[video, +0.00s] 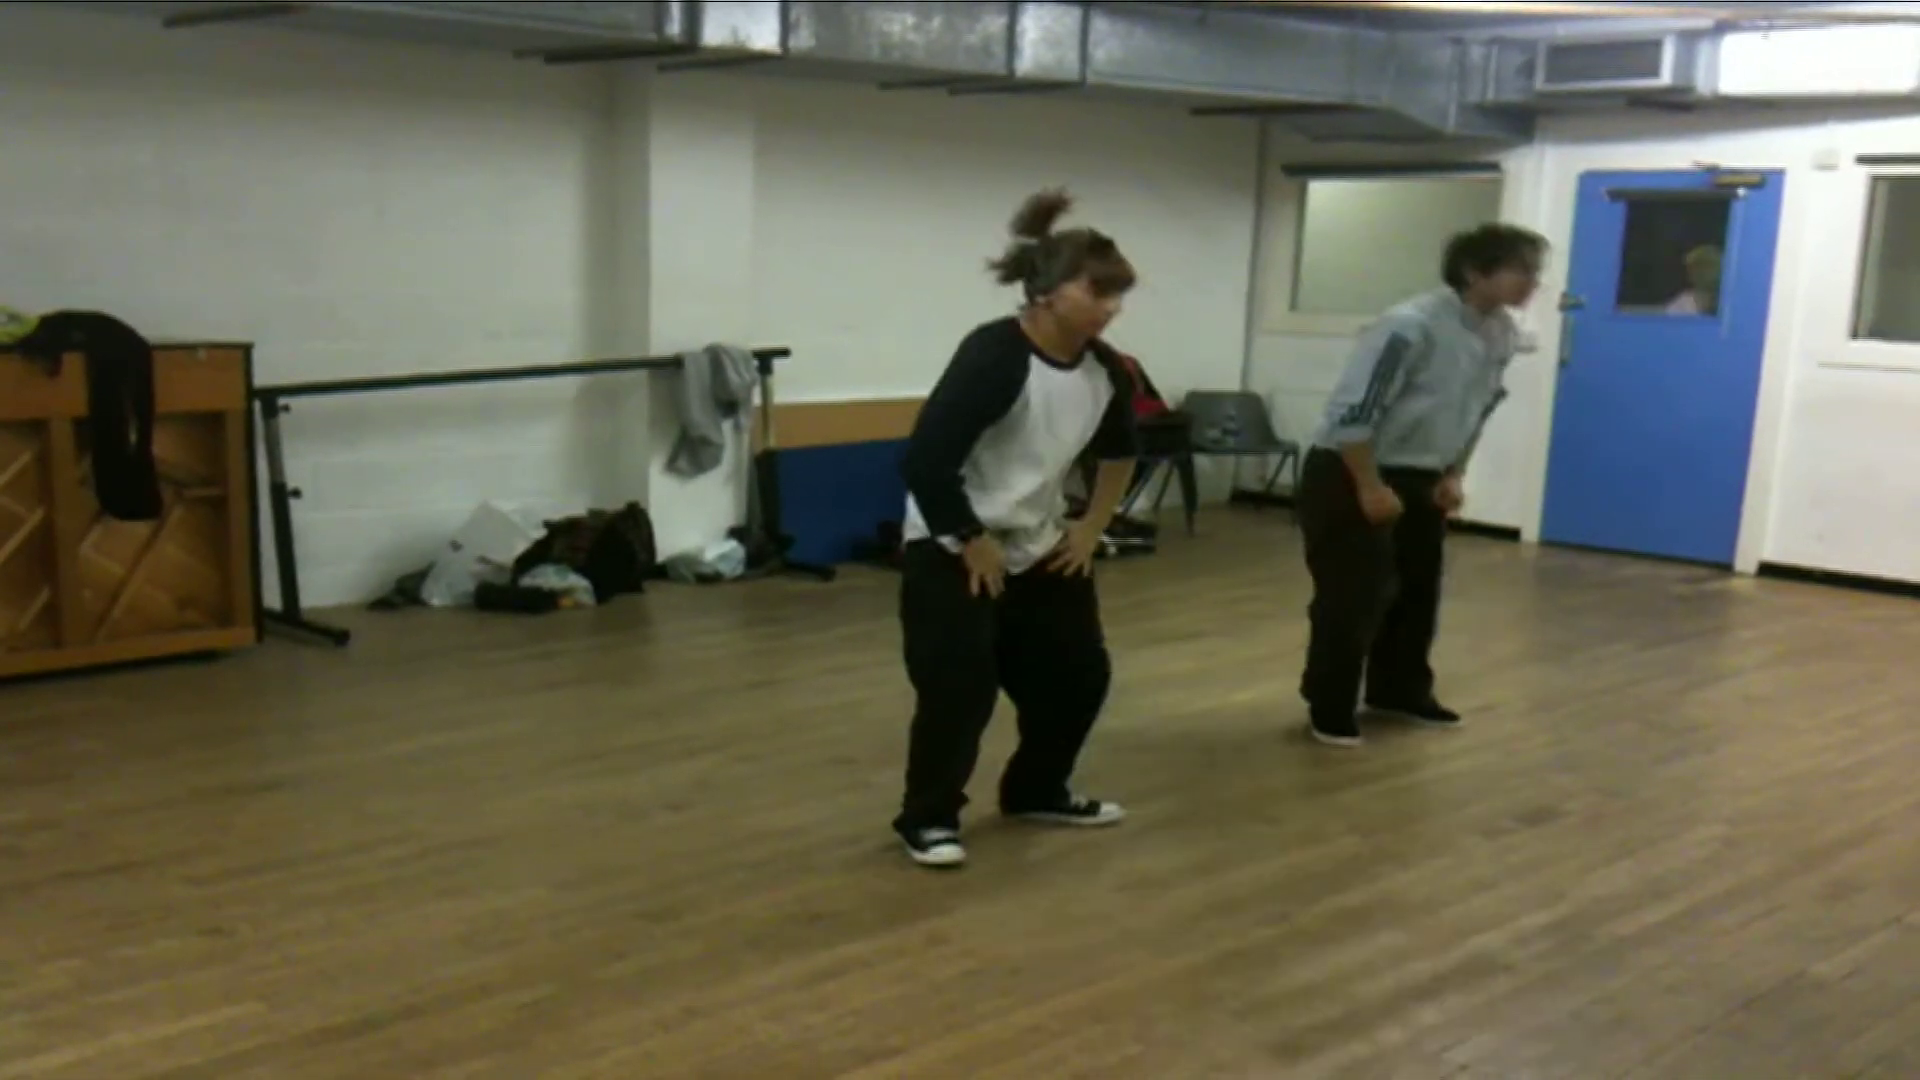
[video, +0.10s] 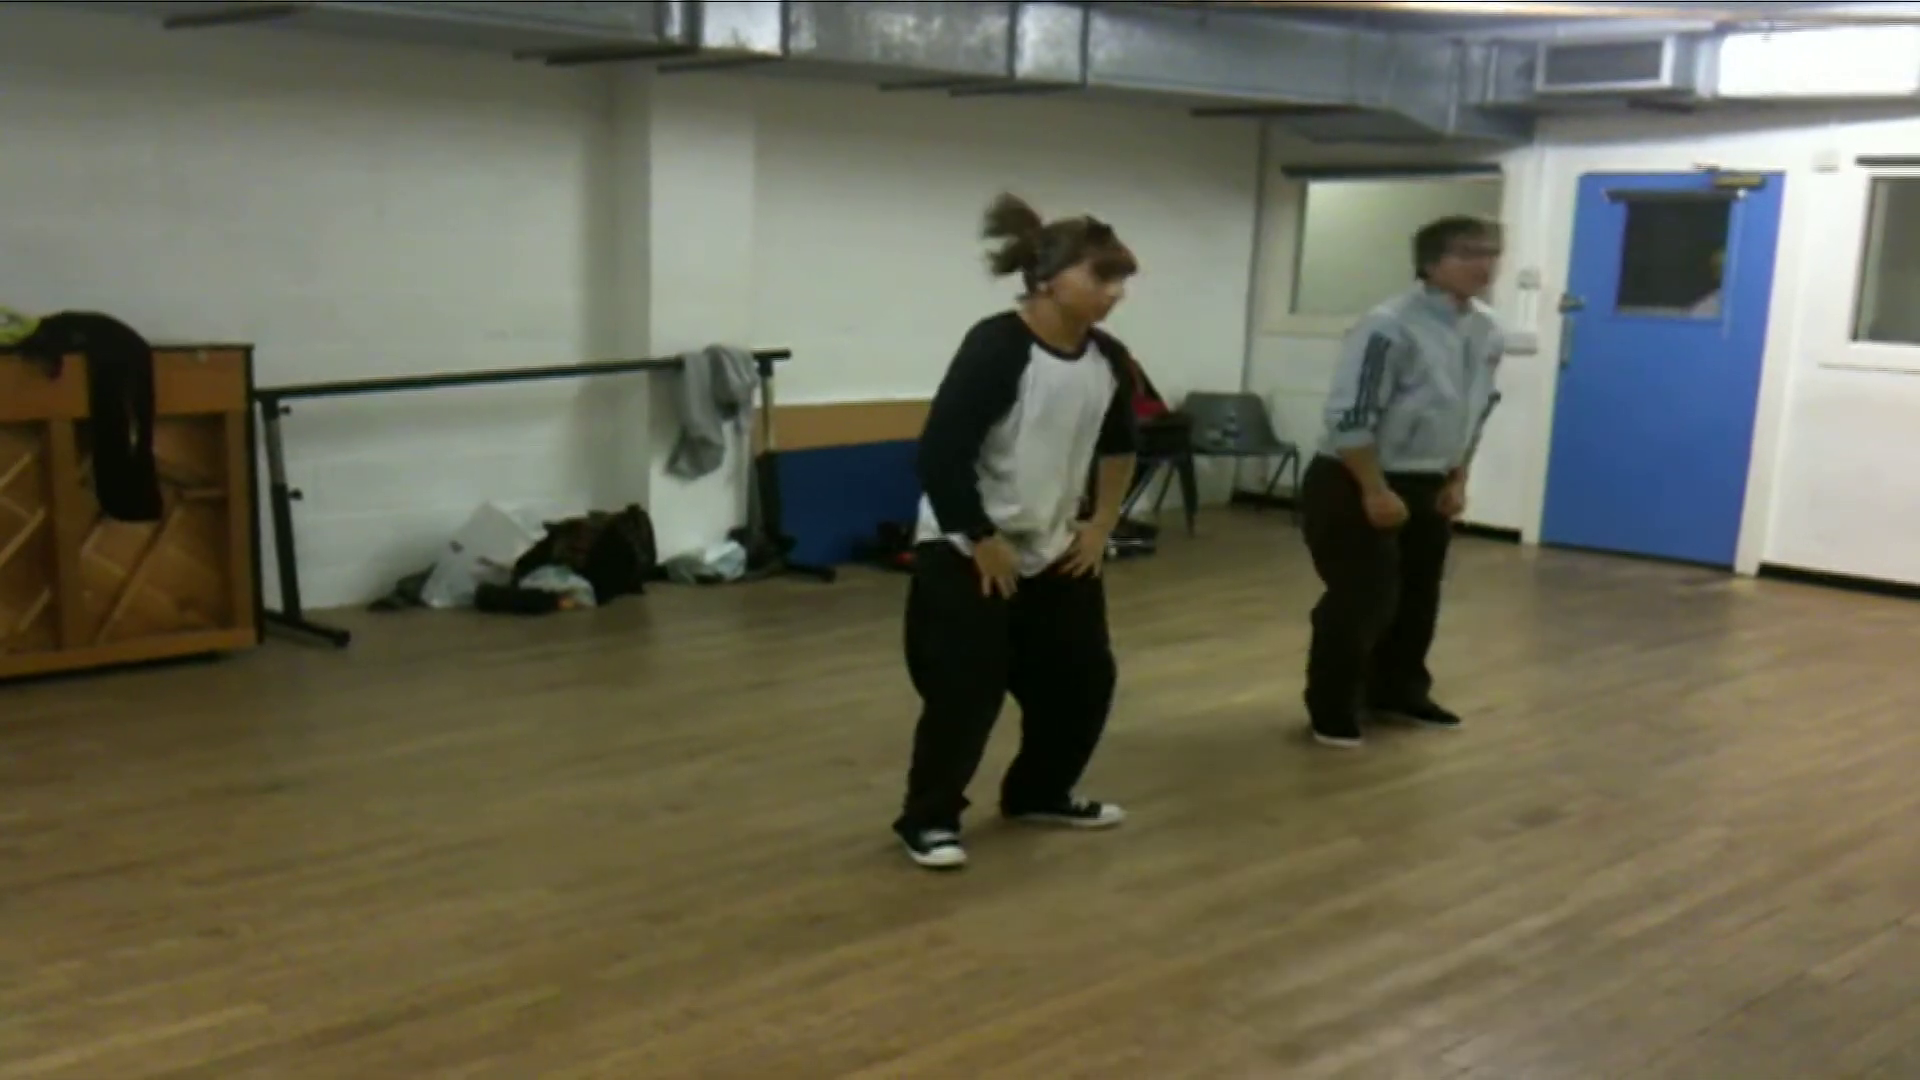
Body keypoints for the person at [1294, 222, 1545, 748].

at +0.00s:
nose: (1531, 285)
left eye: (1532, 274)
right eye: (1522, 272)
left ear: (1495, 279)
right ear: (1480, 273)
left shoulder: (1499, 336)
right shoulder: (1409, 326)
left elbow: (1476, 413)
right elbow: (1349, 417)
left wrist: (1453, 471)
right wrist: (1368, 484)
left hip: (1417, 476)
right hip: (1348, 470)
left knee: (1416, 587)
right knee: (1353, 590)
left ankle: (1399, 689)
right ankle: (1331, 706)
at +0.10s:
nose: (1484, 266)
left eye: (1489, 256)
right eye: (1471, 255)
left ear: (1493, 264)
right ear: (1436, 263)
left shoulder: (1483, 334)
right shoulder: (1386, 328)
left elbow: (1474, 412)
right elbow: (1348, 424)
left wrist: (1457, 476)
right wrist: (1373, 489)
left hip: (1425, 485)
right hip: (1356, 482)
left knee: (1417, 595)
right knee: (1361, 595)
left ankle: (1399, 690)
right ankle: (1333, 709)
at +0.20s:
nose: (1434, 263)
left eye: (1446, 253)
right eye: (1420, 254)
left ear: (1467, 264)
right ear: (1401, 266)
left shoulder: (1476, 330)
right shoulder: (1370, 329)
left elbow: (1462, 409)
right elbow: (1326, 422)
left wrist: (1448, 477)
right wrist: (1366, 485)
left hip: (1420, 484)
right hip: (1346, 481)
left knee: (1429, 590)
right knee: (1367, 588)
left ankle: (1405, 690)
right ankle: (1334, 707)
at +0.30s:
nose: (1412, 288)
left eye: (1426, 279)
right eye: (1399, 279)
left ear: (1449, 292)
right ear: (1383, 291)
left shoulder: (1460, 358)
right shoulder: (1349, 354)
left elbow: (1447, 437)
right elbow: (1314, 452)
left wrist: (1440, 503)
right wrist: (1337, 518)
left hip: (1400, 494)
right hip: (1328, 491)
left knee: (1439, 592)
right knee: (1349, 595)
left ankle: (1417, 690)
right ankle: (1328, 704)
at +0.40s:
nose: (1376, 321)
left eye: (1391, 311)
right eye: (1366, 311)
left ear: (1416, 323)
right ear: (1353, 322)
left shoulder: (1446, 383)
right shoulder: (1321, 377)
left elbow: (1477, 433)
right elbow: (1305, 465)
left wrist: (1460, 500)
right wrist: (1374, 509)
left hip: (1378, 526)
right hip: (1295, 522)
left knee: (1442, 633)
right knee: (1282, 622)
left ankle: (1416, 699)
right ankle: (1245, 708)